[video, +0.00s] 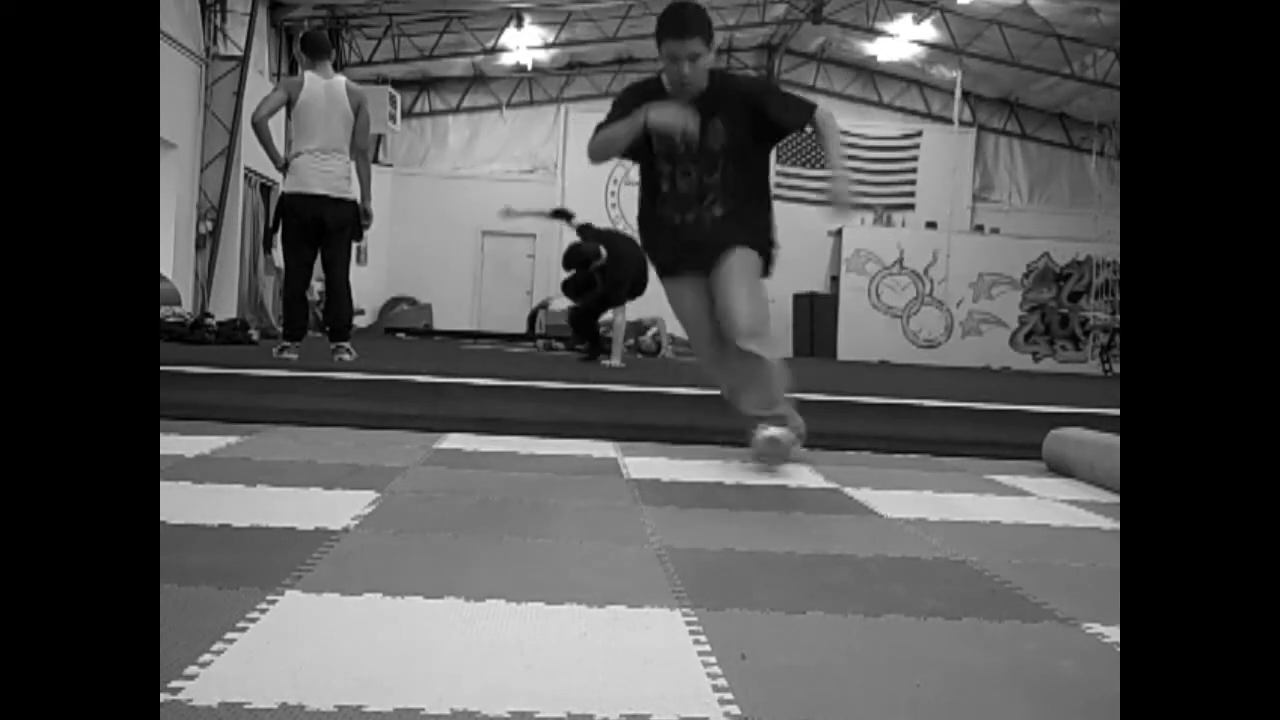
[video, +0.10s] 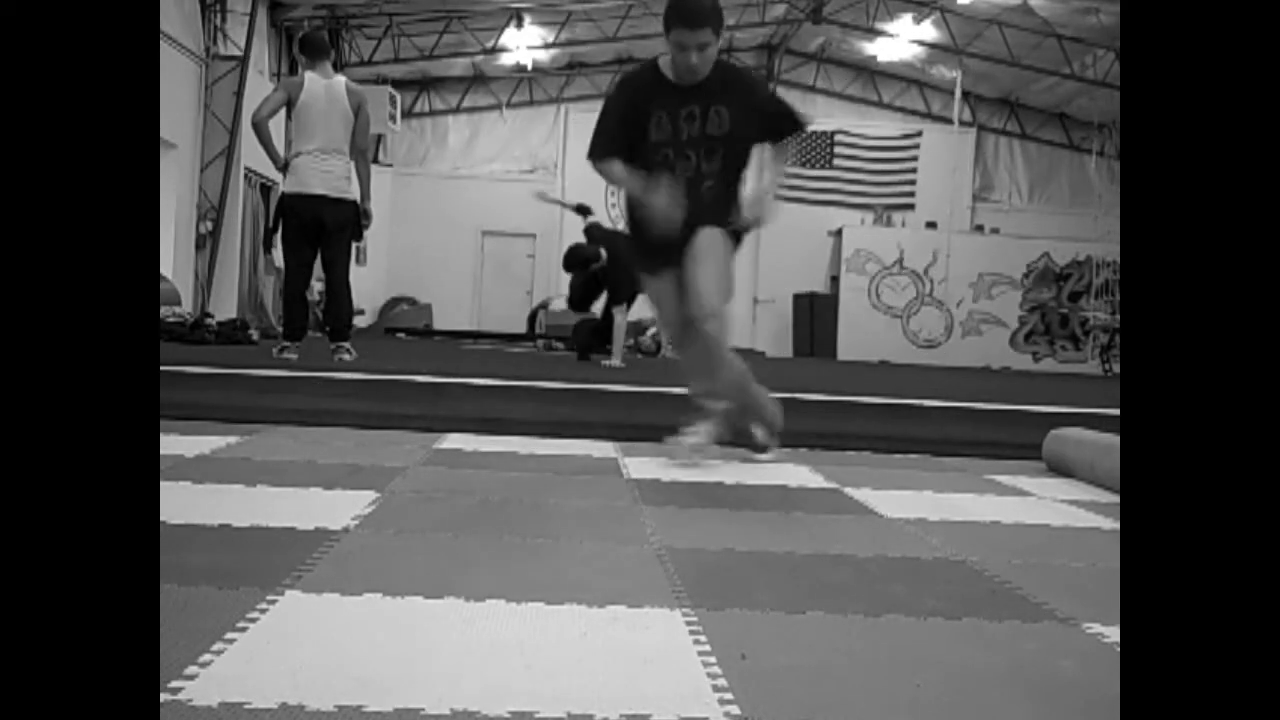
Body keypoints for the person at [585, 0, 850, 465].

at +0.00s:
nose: (683, 71)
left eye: (693, 59)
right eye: (673, 60)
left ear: (711, 52)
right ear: (660, 54)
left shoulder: (744, 94)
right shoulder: (641, 99)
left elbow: (820, 117)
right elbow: (597, 150)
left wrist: (839, 177)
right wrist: (644, 117)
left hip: (735, 233)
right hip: (671, 241)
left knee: (743, 328)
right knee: (713, 358)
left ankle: (773, 420)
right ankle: (777, 418)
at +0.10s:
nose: (690, 59)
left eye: (701, 48)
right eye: (680, 47)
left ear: (719, 41)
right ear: (666, 39)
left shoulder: (739, 86)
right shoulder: (635, 86)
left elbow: (783, 135)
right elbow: (603, 156)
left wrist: (764, 192)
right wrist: (644, 188)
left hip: (713, 212)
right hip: (652, 219)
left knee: (706, 312)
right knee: (680, 335)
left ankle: (712, 416)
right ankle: (760, 409)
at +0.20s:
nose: (680, 51)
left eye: (691, 40)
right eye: (671, 39)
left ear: (712, 36)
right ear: (660, 32)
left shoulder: (729, 92)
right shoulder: (625, 84)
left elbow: (732, 155)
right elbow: (599, 154)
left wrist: (723, 206)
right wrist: (608, 206)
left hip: (689, 220)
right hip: (627, 218)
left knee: (677, 319)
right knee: (627, 321)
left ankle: (673, 425)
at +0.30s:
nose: (634, 26)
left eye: (644, 15)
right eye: (631, 15)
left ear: (676, 13)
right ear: (628, 15)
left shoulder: (711, 68)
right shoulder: (609, 56)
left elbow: (764, 118)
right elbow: (554, 97)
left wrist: (751, 163)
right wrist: (552, 118)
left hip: (663, 213)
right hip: (601, 207)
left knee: (662, 325)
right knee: (582, 275)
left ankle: (667, 427)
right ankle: (588, 342)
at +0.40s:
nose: (613, 11)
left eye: (619, 6)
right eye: (606, 6)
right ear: (600, 3)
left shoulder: (688, 34)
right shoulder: (580, 25)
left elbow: (767, 56)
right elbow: (520, 48)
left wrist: (763, 97)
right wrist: (507, 43)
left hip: (641, 183)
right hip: (577, 172)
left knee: (617, 295)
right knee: (540, 251)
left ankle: (609, 410)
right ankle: (547, 313)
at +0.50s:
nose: (579, 8)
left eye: (587, 4)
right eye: (574, 5)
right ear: (568, 0)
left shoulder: (655, 28)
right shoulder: (552, 26)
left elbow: (734, 59)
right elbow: (507, 59)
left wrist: (687, 128)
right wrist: (495, 60)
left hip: (610, 183)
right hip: (548, 174)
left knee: (562, 294)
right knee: (515, 269)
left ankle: (530, 405)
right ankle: (505, 374)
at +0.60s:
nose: (536, 18)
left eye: (542, 7)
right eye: (534, 10)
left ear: (577, 5)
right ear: (546, 10)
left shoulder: (621, 60)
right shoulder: (542, 53)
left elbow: (660, 134)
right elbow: (522, 106)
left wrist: (586, 170)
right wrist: (501, 131)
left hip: (576, 218)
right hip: (518, 202)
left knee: (534, 328)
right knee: (483, 307)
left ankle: (497, 421)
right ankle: (437, 413)